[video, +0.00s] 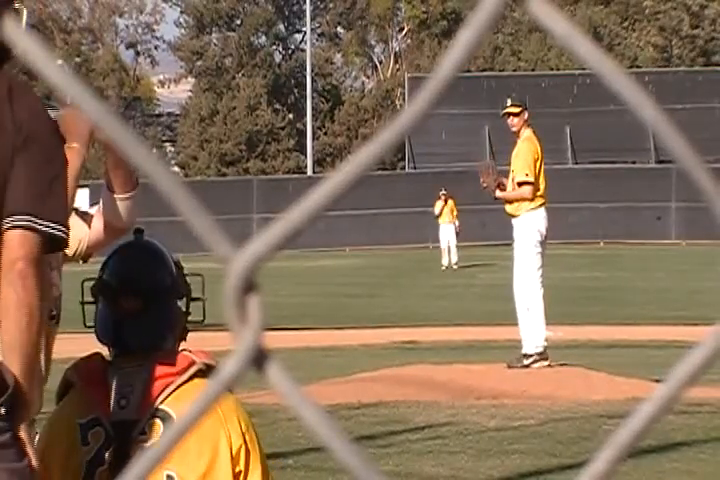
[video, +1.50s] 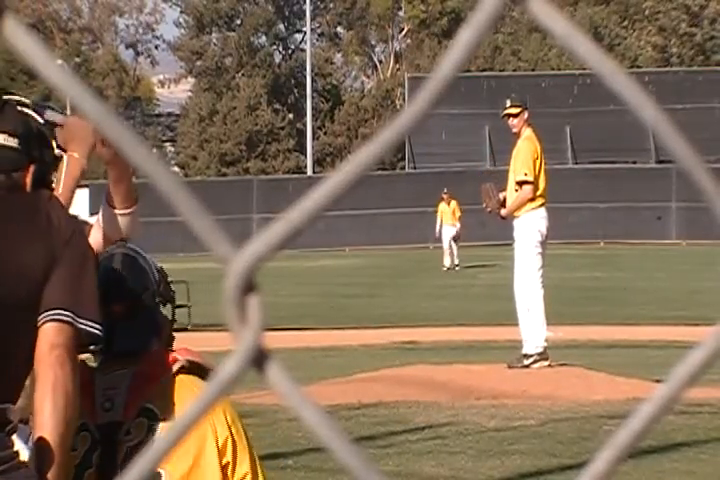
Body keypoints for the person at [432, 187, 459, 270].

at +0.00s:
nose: (443, 196)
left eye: (445, 194)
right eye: (442, 195)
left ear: (447, 195)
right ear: (440, 195)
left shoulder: (450, 202)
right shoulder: (438, 202)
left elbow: (454, 212)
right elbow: (436, 212)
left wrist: (456, 223)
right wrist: (442, 203)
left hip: (451, 223)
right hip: (442, 224)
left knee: (453, 243)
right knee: (443, 244)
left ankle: (454, 262)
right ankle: (444, 263)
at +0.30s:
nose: (446, 196)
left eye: (447, 195)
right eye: (445, 195)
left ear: (449, 195)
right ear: (442, 195)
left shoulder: (453, 203)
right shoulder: (440, 202)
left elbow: (456, 212)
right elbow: (438, 212)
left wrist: (456, 220)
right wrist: (445, 203)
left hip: (451, 224)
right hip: (443, 224)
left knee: (453, 244)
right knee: (444, 244)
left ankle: (455, 263)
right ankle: (444, 263)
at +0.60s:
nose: (451, 196)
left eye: (452, 194)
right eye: (449, 194)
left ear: (454, 194)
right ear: (447, 194)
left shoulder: (456, 202)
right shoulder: (444, 202)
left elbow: (460, 213)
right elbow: (442, 210)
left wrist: (461, 225)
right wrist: (449, 202)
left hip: (455, 224)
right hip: (446, 224)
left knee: (455, 244)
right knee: (445, 244)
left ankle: (455, 263)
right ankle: (444, 262)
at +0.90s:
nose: (453, 196)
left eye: (454, 194)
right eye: (451, 194)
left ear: (456, 195)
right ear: (449, 195)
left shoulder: (459, 203)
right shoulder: (447, 202)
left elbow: (463, 214)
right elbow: (443, 213)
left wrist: (465, 225)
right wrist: (450, 206)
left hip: (456, 224)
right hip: (448, 224)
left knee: (457, 244)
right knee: (448, 244)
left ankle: (455, 262)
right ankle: (448, 261)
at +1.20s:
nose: (452, 196)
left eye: (453, 194)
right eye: (450, 193)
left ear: (455, 195)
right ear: (448, 194)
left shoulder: (458, 203)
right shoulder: (446, 203)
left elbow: (462, 214)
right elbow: (443, 215)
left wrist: (462, 224)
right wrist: (442, 225)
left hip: (456, 225)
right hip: (448, 224)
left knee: (456, 243)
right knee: (448, 244)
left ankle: (457, 261)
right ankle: (448, 262)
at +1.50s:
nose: (445, 196)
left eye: (447, 194)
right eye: (444, 194)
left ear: (449, 195)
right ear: (442, 195)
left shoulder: (454, 203)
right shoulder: (441, 205)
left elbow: (458, 215)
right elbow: (439, 218)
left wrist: (458, 225)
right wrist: (437, 229)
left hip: (453, 225)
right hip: (445, 225)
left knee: (453, 244)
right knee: (445, 245)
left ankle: (456, 262)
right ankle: (447, 263)